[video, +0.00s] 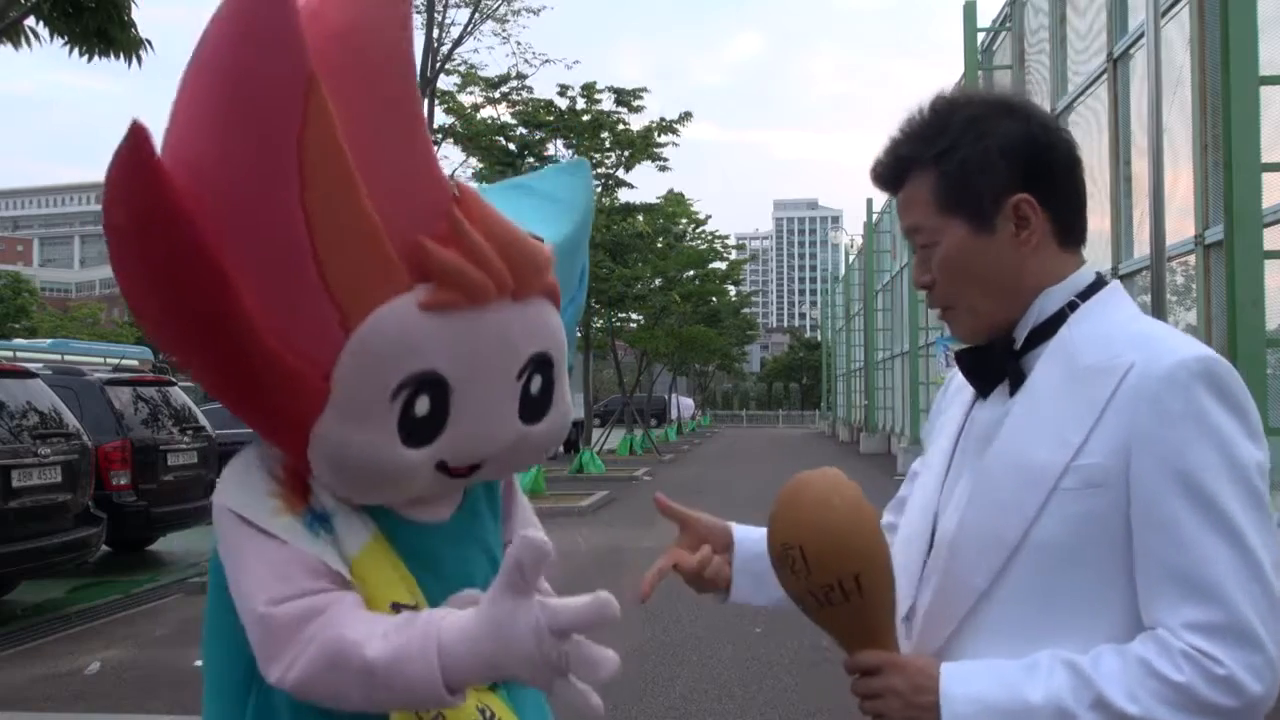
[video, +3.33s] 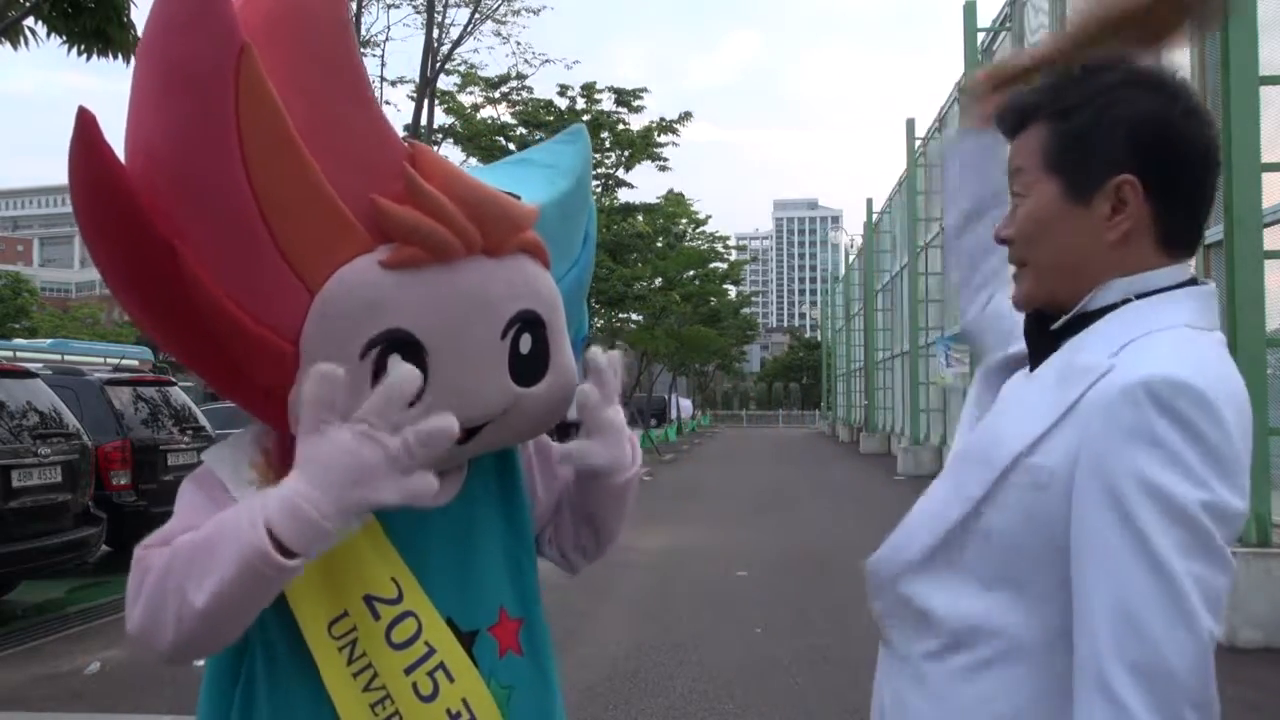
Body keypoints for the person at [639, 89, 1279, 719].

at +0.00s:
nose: (917, 278)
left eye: (927, 243)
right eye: (912, 250)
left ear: (1020, 222)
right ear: (1009, 226)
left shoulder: (1170, 382)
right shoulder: (976, 382)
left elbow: (1228, 668)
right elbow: (912, 565)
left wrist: (956, 692)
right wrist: (749, 559)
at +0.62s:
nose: (948, 226)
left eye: (970, 194)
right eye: (955, 201)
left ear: (1070, 202)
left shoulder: (1154, 375)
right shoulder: (974, 371)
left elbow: (1142, 662)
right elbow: (931, 567)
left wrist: (870, 645)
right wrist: (820, 585)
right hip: (897, 707)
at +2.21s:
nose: (871, 228)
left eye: (887, 191)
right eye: (879, 195)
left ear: (974, 199)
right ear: (970, 202)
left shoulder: (1092, 373)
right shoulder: (947, 365)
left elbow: (1125, 680)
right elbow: (940, 582)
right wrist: (834, 631)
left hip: (1011, 707)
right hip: (915, 706)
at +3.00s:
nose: (935, 222)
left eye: (954, 186)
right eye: (943, 190)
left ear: (1042, 198)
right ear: (1035, 200)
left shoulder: (1142, 356)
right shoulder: (1011, 356)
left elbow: (1139, 668)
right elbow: (964, 551)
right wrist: (823, 574)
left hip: (1020, 705)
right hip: (931, 701)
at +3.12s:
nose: (979, 226)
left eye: (996, 190)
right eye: (985, 194)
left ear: (1090, 203)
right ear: (1085, 205)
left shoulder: (1159, 373)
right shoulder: (1074, 354)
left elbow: (1131, 691)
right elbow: (931, 458)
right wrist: (800, 379)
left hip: (1011, 708)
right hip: (934, 696)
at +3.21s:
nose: (998, 234)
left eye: (1017, 198)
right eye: (1007, 202)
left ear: (1115, 208)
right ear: (1114, 211)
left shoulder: (1158, 385)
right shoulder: (1093, 356)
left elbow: (1134, 700)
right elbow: (949, 369)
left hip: (990, 706)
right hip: (932, 699)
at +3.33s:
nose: (999, 228)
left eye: (1019, 195)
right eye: (1008, 199)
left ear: (1118, 208)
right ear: (1117, 211)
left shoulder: (1153, 390)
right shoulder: (1076, 351)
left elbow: (1143, 701)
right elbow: (988, 288)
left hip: (986, 704)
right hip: (930, 696)